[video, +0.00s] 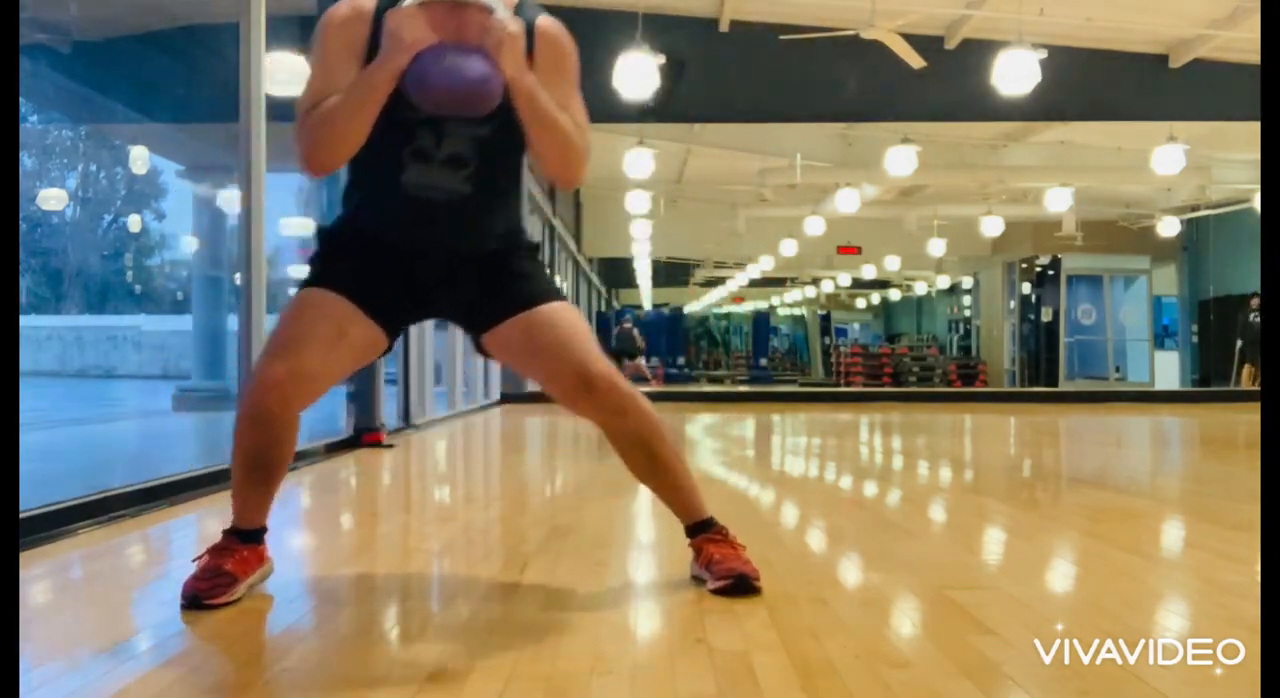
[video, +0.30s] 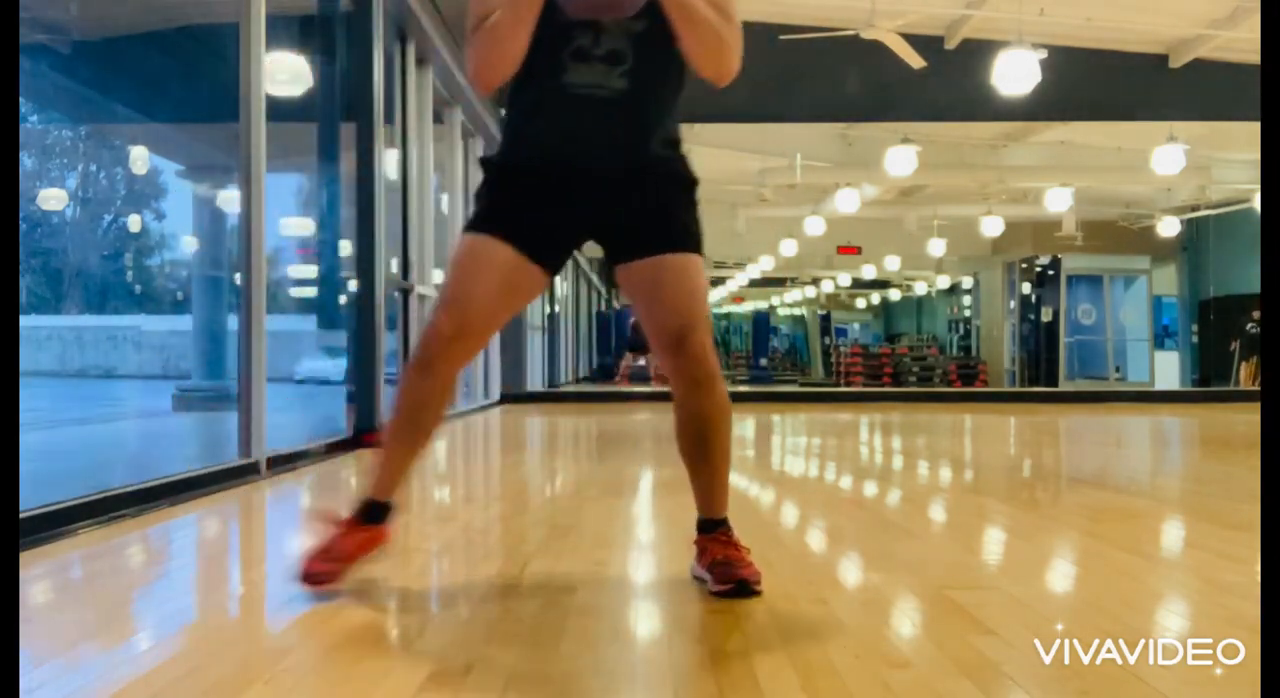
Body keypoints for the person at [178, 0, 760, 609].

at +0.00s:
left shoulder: (541, 38)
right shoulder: (356, 22)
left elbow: (567, 168)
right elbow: (317, 153)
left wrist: (513, 70)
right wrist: (393, 57)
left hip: (492, 262)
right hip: (371, 261)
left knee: (598, 384)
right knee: (268, 393)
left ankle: (707, 535)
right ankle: (242, 543)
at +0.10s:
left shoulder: (589, 6)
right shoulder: (406, 2)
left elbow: (617, 131)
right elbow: (374, 119)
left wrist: (564, 36)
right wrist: (443, 22)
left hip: (542, 227)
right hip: (424, 224)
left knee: (631, 371)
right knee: (317, 379)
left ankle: (710, 534)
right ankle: (245, 544)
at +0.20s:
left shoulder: (644, 1)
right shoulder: (468, 1)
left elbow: (675, 92)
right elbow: (439, 91)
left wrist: (614, 1)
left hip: (602, 201)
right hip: (488, 198)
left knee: (665, 361)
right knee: (383, 360)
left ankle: (713, 534)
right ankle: (268, 523)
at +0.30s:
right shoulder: (516, 4)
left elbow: (722, 64)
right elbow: (485, 74)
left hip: (644, 177)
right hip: (535, 174)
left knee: (691, 353)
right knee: (442, 340)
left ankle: (716, 535)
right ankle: (373, 511)